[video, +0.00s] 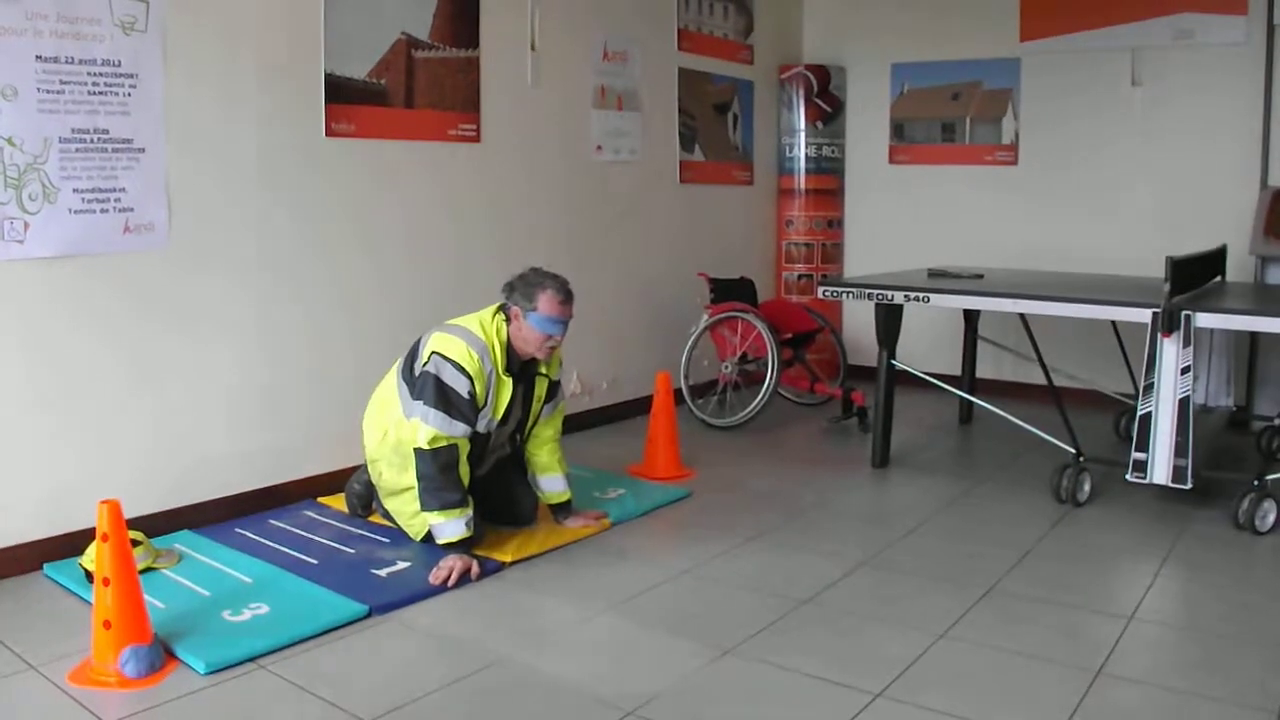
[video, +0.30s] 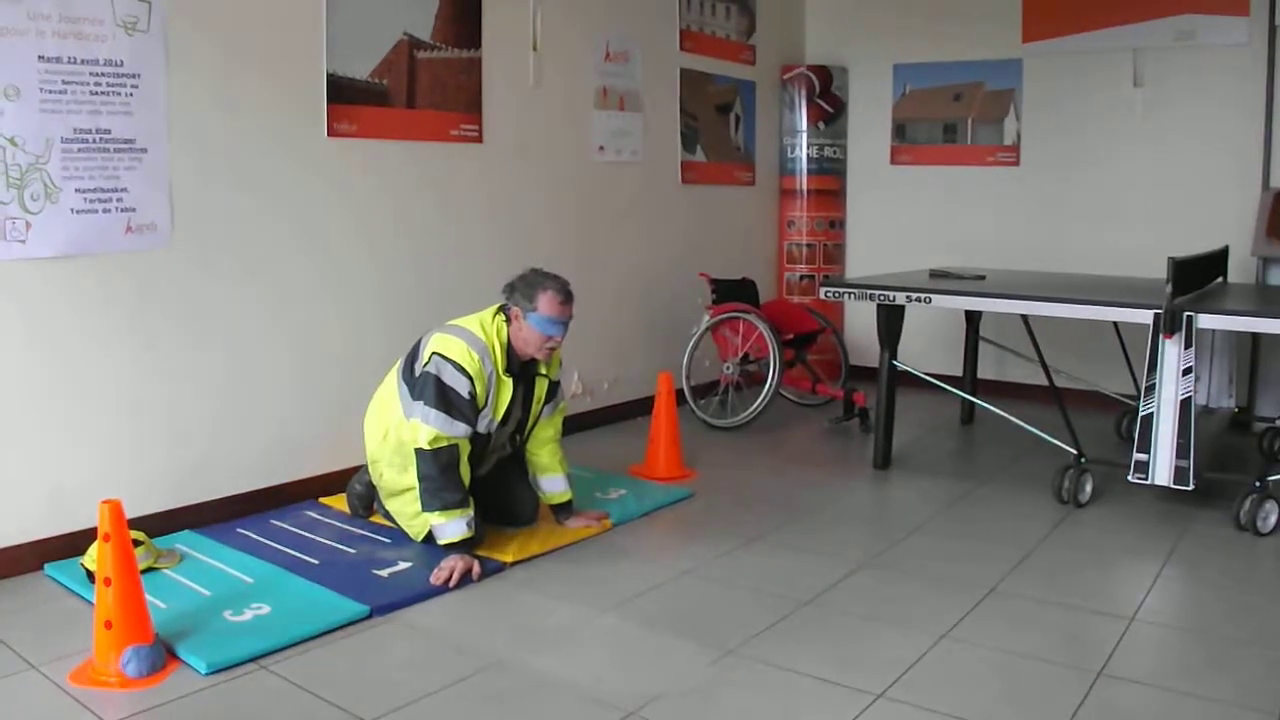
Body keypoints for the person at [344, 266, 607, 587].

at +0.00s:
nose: (557, 338)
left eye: (563, 328)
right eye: (548, 326)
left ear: (567, 323)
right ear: (515, 317)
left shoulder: (546, 357)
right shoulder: (457, 355)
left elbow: (543, 434)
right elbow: (437, 451)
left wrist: (563, 510)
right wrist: (456, 548)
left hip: (477, 438)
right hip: (403, 445)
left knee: (520, 512)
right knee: (440, 534)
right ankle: (378, 483)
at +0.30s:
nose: (557, 339)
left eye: (563, 328)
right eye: (548, 326)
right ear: (515, 317)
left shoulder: (544, 357)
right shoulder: (457, 356)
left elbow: (543, 435)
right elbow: (437, 452)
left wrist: (564, 510)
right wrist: (458, 548)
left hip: (477, 439)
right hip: (405, 448)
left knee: (520, 511)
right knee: (441, 535)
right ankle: (380, 483)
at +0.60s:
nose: (560, 341)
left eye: (567, 331)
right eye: (552, 329)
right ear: (519, 320)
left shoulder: (548, 360)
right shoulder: (461, 357)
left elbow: (545, 437)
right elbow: (438, 452)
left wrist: (565, 511)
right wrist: (458, 549)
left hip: (478, 439)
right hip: (406, 447)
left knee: (521, 511)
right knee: (443, 536)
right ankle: (381, 483)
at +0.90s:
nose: (561, 340)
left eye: (567, 329)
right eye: (553, 328)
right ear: (519, 319)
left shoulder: (548, 359)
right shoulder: (460, 356)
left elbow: (545, 435)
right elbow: (438, 452)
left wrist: (566, 510)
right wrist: (459, 547)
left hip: (480, 439)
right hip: (407, 447)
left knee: (522, 511)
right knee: (450, 536)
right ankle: (382, 481)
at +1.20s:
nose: (560, 338)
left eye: (566, 327)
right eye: (552, 325)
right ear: (518, 317)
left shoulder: (549, 356)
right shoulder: (461, 354)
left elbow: (547, 433)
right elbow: (439, 449)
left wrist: (567, 508)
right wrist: (460, 546)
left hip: (483, 438)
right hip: (409, 445)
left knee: (525, 510)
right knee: (451, 534)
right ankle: (384, 481)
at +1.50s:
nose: (567, 335)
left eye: (573, 325)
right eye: (559, 323)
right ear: (524, 314)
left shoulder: (553, 354)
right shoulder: (467, 352)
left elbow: (550, 431)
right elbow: (442, 447)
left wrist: (570, 506)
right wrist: (462, 544)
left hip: (486, 434)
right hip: (412, 442)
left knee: (529, 507)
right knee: (453, 531)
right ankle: (386, 479)